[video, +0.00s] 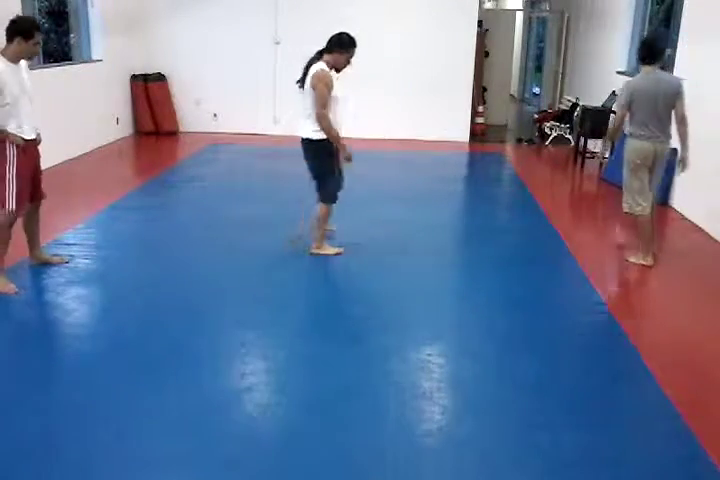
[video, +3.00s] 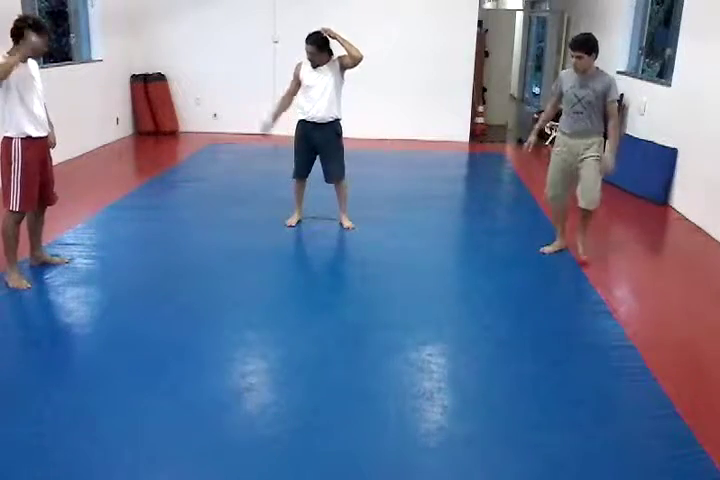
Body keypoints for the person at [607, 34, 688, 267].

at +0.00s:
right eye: (659, 55)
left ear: (639, 56)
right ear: (661, 57)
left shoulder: (632, 85)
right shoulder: (674, 84)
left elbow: (619, 120)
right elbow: (681, 120)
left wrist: (608, 140)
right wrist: (684, 151)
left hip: (637, 146)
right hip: (662, 147)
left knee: (641, 200)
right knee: (649, 197)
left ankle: (645, 253)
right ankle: (649, 247)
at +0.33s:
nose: (623, 55)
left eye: (624, 51)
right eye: (625, 51)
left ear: (627, 53)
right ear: (646, 54)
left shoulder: (619, 80)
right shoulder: (656, 80)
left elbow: (611, 115)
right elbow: (661, 115)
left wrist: (603, 148)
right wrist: (659, 143)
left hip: (621, 137)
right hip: (643, 139)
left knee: (612, 188)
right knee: (626, 188)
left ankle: (630, 230)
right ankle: (611, 232)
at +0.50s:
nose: (611, 55)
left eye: (612, 51)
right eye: (611, 51)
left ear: (620, 52)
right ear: (632, 52)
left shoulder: (616, 77)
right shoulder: (647, 76)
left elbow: (607, 112)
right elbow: (650, 111)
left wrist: (597, 142)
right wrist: (645, 136)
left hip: (615, 134)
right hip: (636, 135)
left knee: (594, 176)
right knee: (624, 185)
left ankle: (604, 223)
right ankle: (613, 231)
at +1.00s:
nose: (576, 57)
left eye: (578, 53)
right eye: (575, 53)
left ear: (589, 52)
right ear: (593, 52)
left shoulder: (587, 75)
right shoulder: (612, 74)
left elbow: (580, 111)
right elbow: (615, 107)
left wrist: (568, 139)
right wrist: (613, 134)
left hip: (585, 129)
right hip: (602, 129)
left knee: (572, 173)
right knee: (593, 173)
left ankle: (570, 217)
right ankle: (602, 206)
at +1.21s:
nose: (567, 55)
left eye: (570, 51)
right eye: (567, 51)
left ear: (581, 50)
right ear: (584, 51)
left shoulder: (584, 71)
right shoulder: (599, 70)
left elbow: (578, 106)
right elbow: (604, 102)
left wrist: (559, 130)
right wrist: (604, 127)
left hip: (584, 125)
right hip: (595, 125)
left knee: (572, 168)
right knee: (577, 167)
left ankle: (572, 217)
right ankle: (575, 213)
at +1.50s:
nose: (567, 56)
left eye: (570, 51)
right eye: (566, 51)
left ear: (582, 51)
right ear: (569, 51)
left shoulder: (592, 71)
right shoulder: (576, 70)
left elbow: (597, 102)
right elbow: (575, 98)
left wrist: (594, 123)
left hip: (585, 122)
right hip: (573, 121)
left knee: (576, 169)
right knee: (570, 168)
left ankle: (574, 216)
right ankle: (570, 212)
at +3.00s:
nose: (574, 61)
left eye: (579, 57)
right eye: (572, 56)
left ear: (592, 57)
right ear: (570, 55)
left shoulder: (606, 82)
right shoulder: (564, 77)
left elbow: (613, 118)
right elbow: (551, 107)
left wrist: (610, 152)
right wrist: (535, 132)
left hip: (591, 144)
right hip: (564, 142)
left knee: (589, 199)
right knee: (555, 193)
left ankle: (582, 237)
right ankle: (560, 238)